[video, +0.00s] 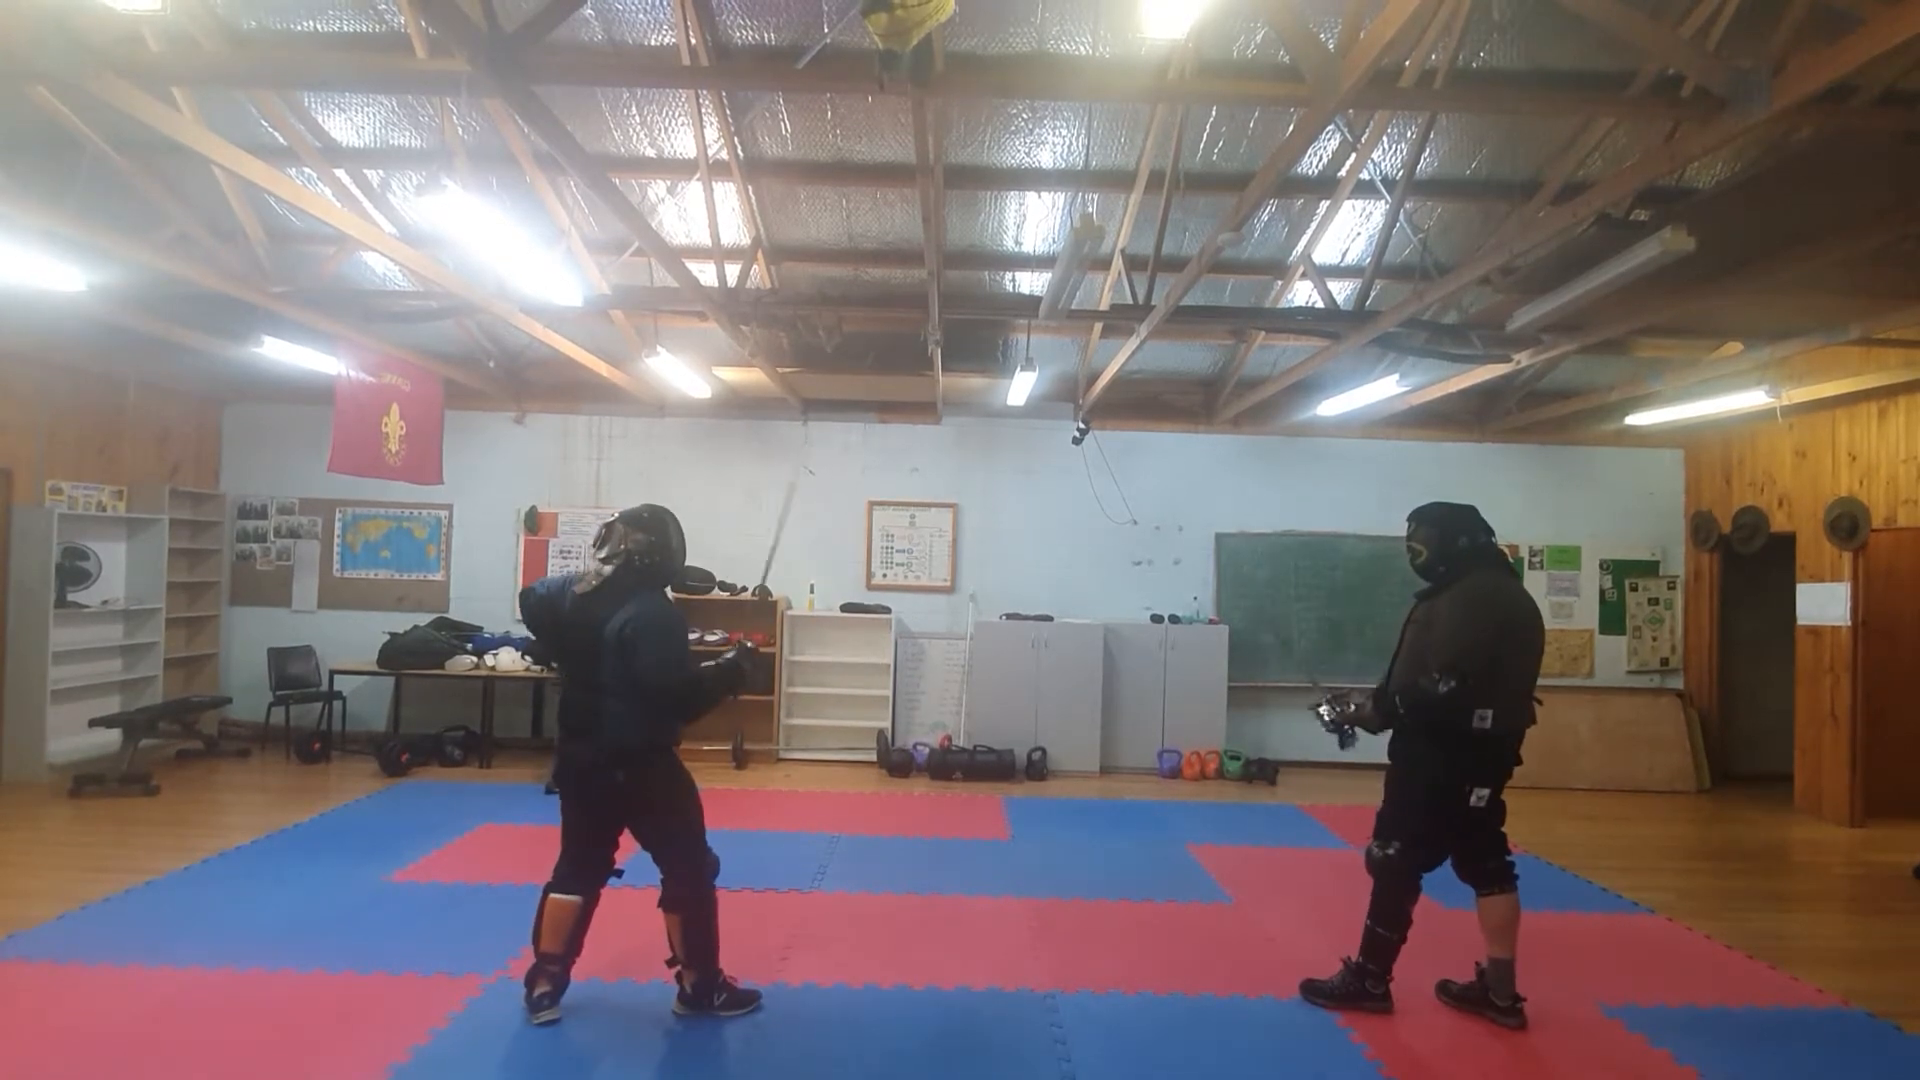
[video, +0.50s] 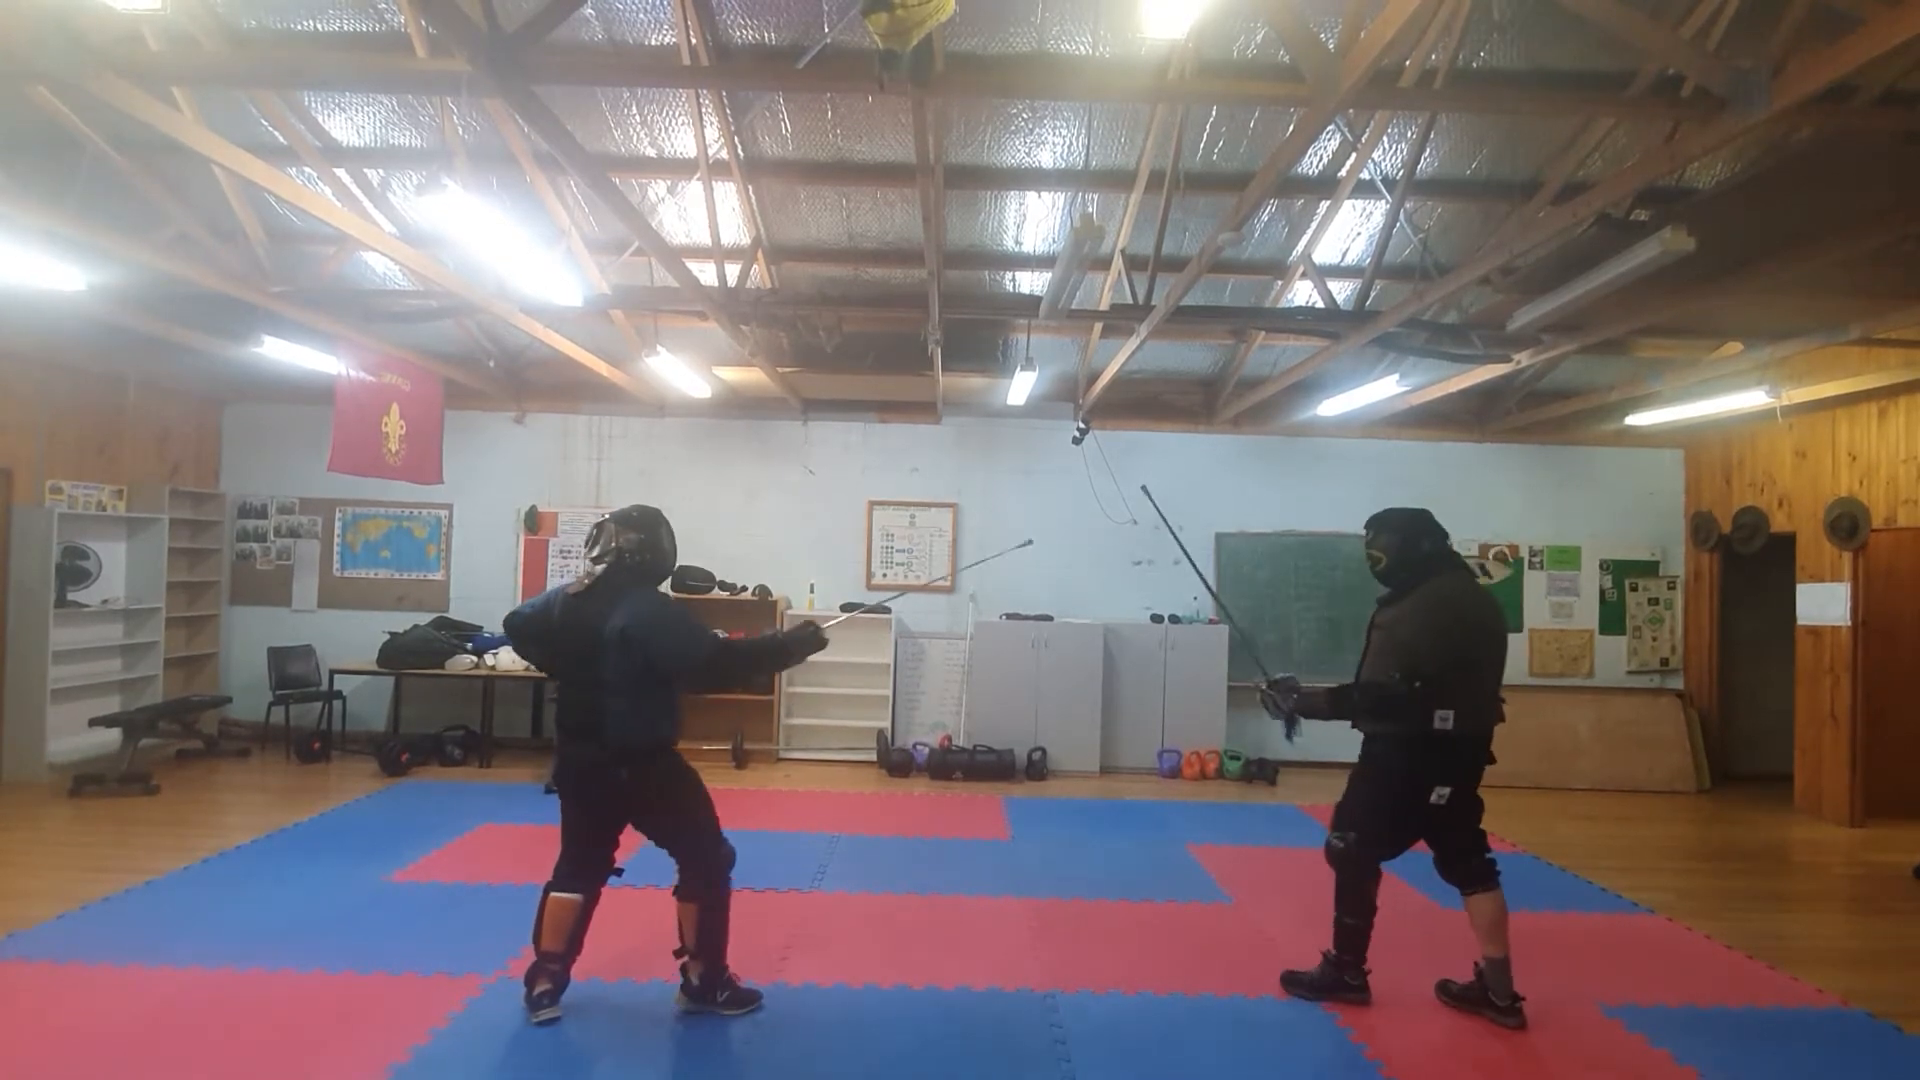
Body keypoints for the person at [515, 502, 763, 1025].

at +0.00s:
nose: (676, 563)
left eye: (674, 554)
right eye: (673, 554)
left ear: (613, 547)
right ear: (663, 554)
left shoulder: (580, 601)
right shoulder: (655, 615)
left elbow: (532, 601)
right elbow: (674, 700)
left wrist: (581, 581)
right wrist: (728, 672)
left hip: (581, 766)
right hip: (646, 768)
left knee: (578, 864)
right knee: (689, 865)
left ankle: (545, 983)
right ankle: (700, 983)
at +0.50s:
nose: (668, 563)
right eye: (665, 554)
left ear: (603, 549)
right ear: (657, 555)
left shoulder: (569, 608)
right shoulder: (655, 613)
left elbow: (518, 624)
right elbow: (715, 660)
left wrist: (567, 596)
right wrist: (794, 642)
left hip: (583, 771)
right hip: (649, 770)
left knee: (578, 865)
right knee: (705, 858)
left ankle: (545, 982)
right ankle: (704, 980)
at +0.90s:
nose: (723, 566)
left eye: (661, 551)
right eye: (721, 557)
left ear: (657, 555)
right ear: (716, 559)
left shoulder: (621, 608)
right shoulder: (718, 616)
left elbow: (573, 624)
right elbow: (781, 652)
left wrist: (625, 590)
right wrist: (855, 635)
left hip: (635, 769)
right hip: (706, 772)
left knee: (602, 864)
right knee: (742, 866)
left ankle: (551, 978)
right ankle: (745, 983)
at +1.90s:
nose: (716, 567)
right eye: (715, 557)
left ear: (650, 551)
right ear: (708, 557)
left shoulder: (615, 609)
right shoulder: (708, 615)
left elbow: (567, 637)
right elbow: (767, 672)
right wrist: (841, 658)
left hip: (635, 774)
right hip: (706, 775)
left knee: (623, 868)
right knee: (754, 863)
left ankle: (591, 987)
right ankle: (761, 984)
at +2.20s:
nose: (757, 565)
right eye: (755, 555)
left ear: (691, 552)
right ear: (747, 555)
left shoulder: (651, 609)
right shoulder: (753, 608)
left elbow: (593, 626)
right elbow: (821, 632)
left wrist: (603, 593)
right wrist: (900, 620)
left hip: (663, 773)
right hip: (738, 773)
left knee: (635, 871)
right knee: (767, 871)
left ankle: (593, 988)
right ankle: (769, 992)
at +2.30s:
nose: (762, 563)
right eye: (760, 555)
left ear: (696, 551)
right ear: (750, 554)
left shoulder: (654, 604)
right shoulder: (754, 603)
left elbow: (600, 626)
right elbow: (825, 619)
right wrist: (908, 604)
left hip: (664, 767)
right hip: (737, 768)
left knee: (644, 867)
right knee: (768, 870)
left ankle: (613, 989)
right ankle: (769, 991)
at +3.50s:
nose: (798, 568)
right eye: (796, 558)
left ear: (730, 554)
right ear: (787, 559)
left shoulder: (693, 617)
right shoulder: (792, 611)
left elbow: (642, 649)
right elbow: (858, 627)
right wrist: (938, 610)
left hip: (715, 783)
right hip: (785, 782)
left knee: (708, 880)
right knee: (840, 871)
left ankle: (671, 999)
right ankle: (830, 997)